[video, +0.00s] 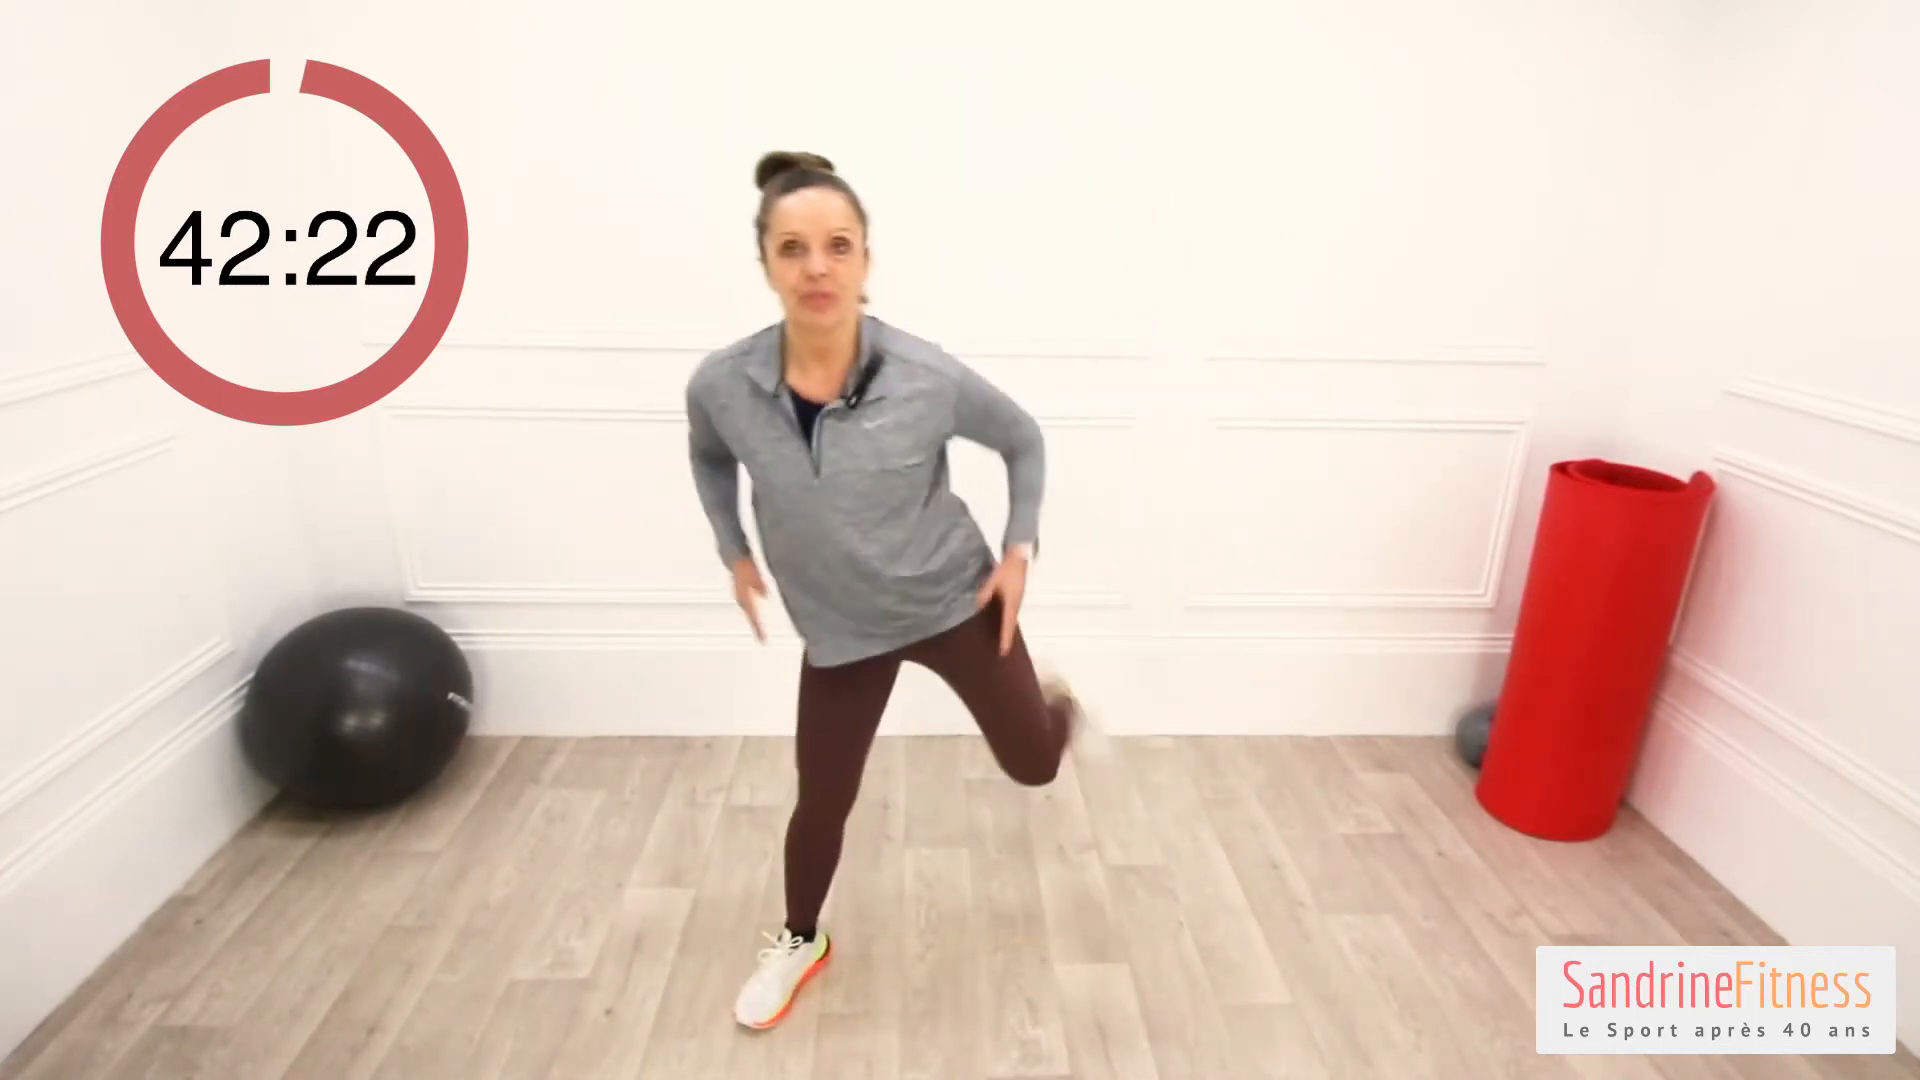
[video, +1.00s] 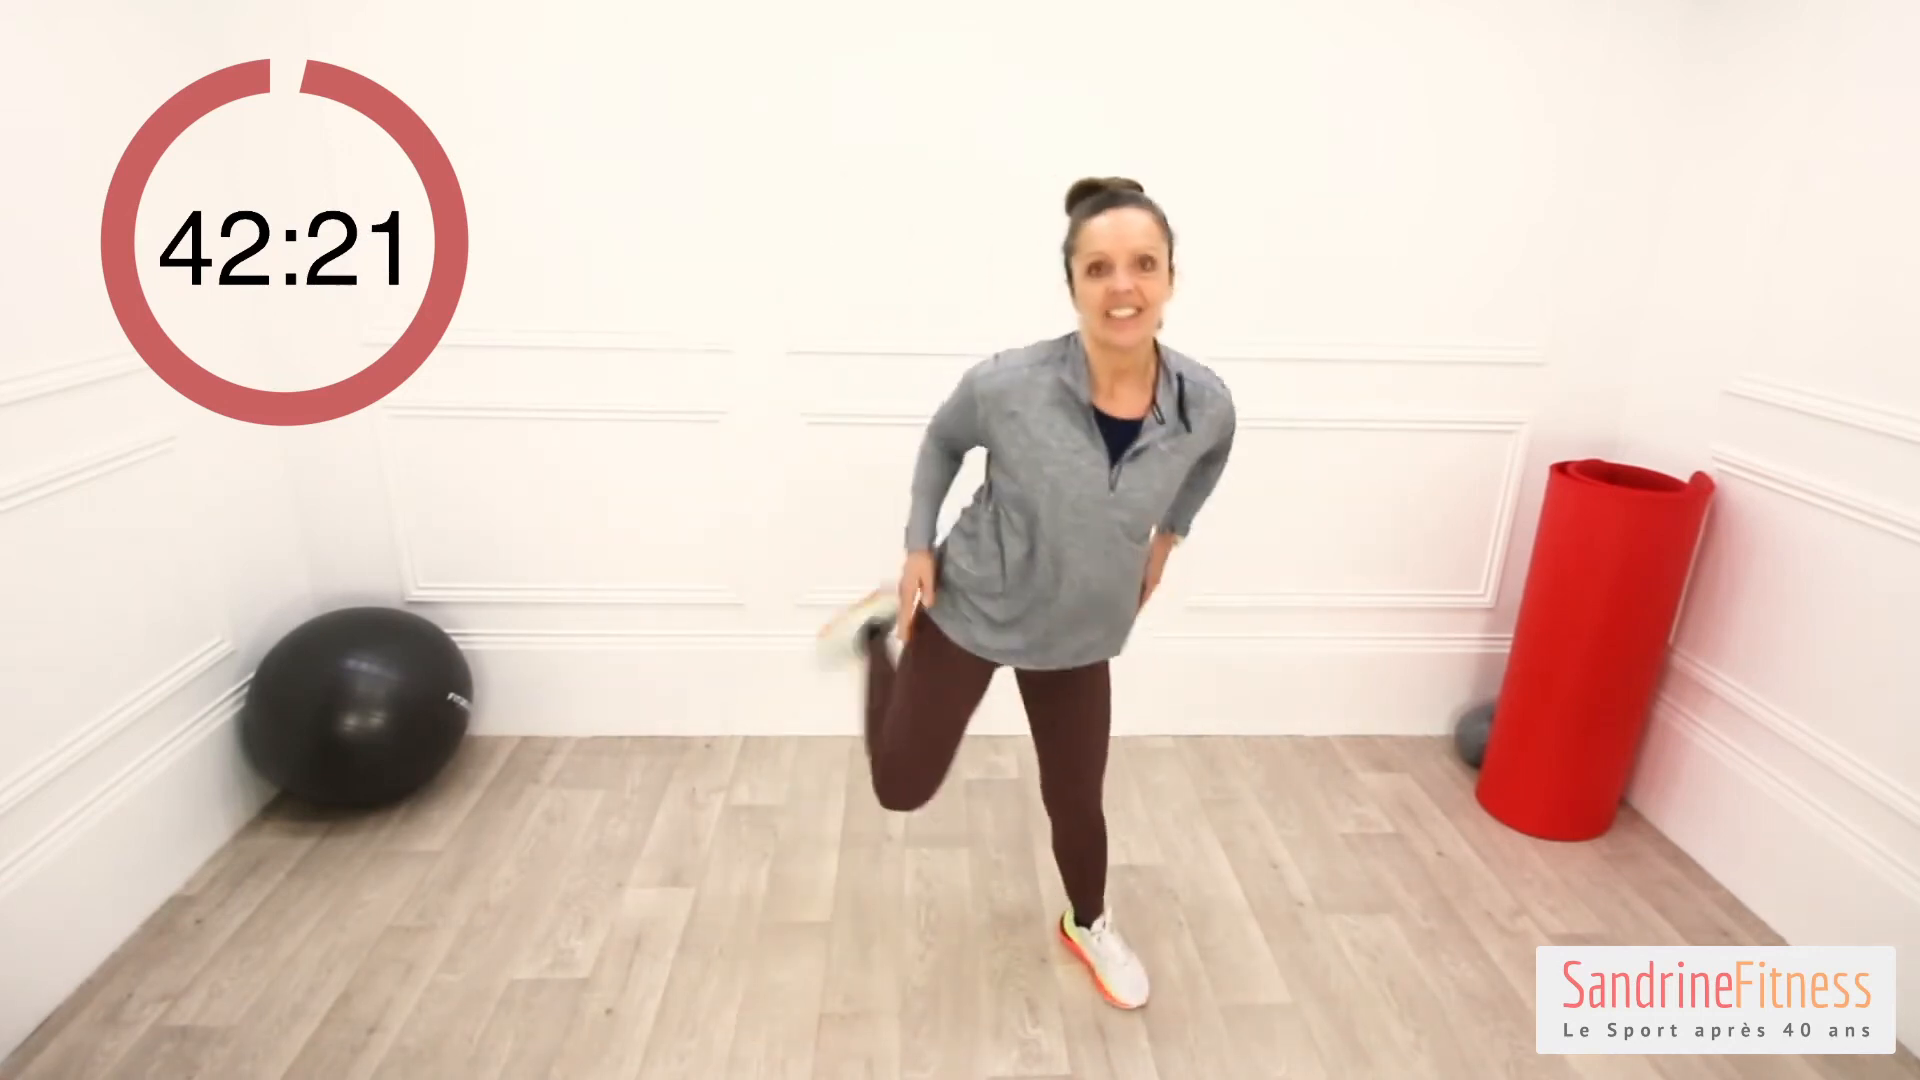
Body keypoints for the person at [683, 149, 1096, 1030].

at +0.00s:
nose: (818, 269)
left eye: (837, 246)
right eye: (794, 250)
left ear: (867, 259)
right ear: (766, 267)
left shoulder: (928, 377)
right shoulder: (723, 387)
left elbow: (1024, 441)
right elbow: (712, 461)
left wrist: (1019, 550)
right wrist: (735, 550)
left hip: (953, 608)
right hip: (839, 631)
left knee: (1031, 765)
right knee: (820, 799)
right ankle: (799, 939)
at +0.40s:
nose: (848, 262)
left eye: (865, 239)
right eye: (823, 244)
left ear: (891, 250)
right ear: (793, 262)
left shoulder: (948, 373)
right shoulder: (749, 388)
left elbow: (1024, 501)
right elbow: (743, 527)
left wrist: (971, 561)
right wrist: (835, 573)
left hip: (947, 621)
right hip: (828, 636)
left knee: (1006, 767)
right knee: (816, 804)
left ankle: (1043, 831)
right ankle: (799, 941)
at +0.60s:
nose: (934, 302)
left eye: (952, 279)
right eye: (911, 284)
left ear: (975, 289)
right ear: (881, 298)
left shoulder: (1019, 415)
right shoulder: (839, 417)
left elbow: (1057, 551)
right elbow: (850, 564)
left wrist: (1032, 602)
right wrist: (938, 616)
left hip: (976, 642)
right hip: (869, 642)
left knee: (1024, 798)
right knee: (840, 824)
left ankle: (1079, 918)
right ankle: (800, 945)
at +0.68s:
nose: (987, 316)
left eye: (1003, 295)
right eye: (964, 298)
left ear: (1027, 305)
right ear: (937, 313)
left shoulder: (1068, 430)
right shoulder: (895, 425)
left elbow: (1097, 571)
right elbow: (893, 579)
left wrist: (1081, 656)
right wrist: (970, 660)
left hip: (1007, 648)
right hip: (900, 640)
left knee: (1046, 812)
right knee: (860, 818)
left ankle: (1087, 927)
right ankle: (798, 945)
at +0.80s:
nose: (1061, 288)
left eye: (1079, 266)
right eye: (1038, 271)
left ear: (1106, 277)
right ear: (1011, 288)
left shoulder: (1149, 415)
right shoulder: (960, 402)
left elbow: (1176, 543)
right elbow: (908, 545)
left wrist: (1135, 641)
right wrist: (949, 650)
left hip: (1046, 641)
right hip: (936, 624)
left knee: (1066, 799)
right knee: (868, 772)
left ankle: (1088, 925)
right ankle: (779, 902)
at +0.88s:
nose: (1096, 279)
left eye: (1115, 256)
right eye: (1072, 260)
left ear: (1142, 269)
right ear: (1044, 279)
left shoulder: (1179, 401)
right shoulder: (987, 390)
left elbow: (1196, 508)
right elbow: (912, 494)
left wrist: (1156, 591)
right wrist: (923, 603)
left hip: (1062, 626)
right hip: (958, 606)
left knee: (1068, 792)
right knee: (880, 773)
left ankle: (1087, 924)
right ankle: (795, 787)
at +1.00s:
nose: (1124, 288)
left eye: (1144, 266)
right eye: (1100, 269)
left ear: (1171, 281)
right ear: (1072, 287)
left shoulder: (1204, 409)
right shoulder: (1006, 385)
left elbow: (1195, 485)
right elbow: (942, 445)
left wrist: (1156, 556)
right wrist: (918, 541)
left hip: (1079, 627)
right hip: (970, 609)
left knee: (1078, 802)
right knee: (900, 789)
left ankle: (1086, 925)